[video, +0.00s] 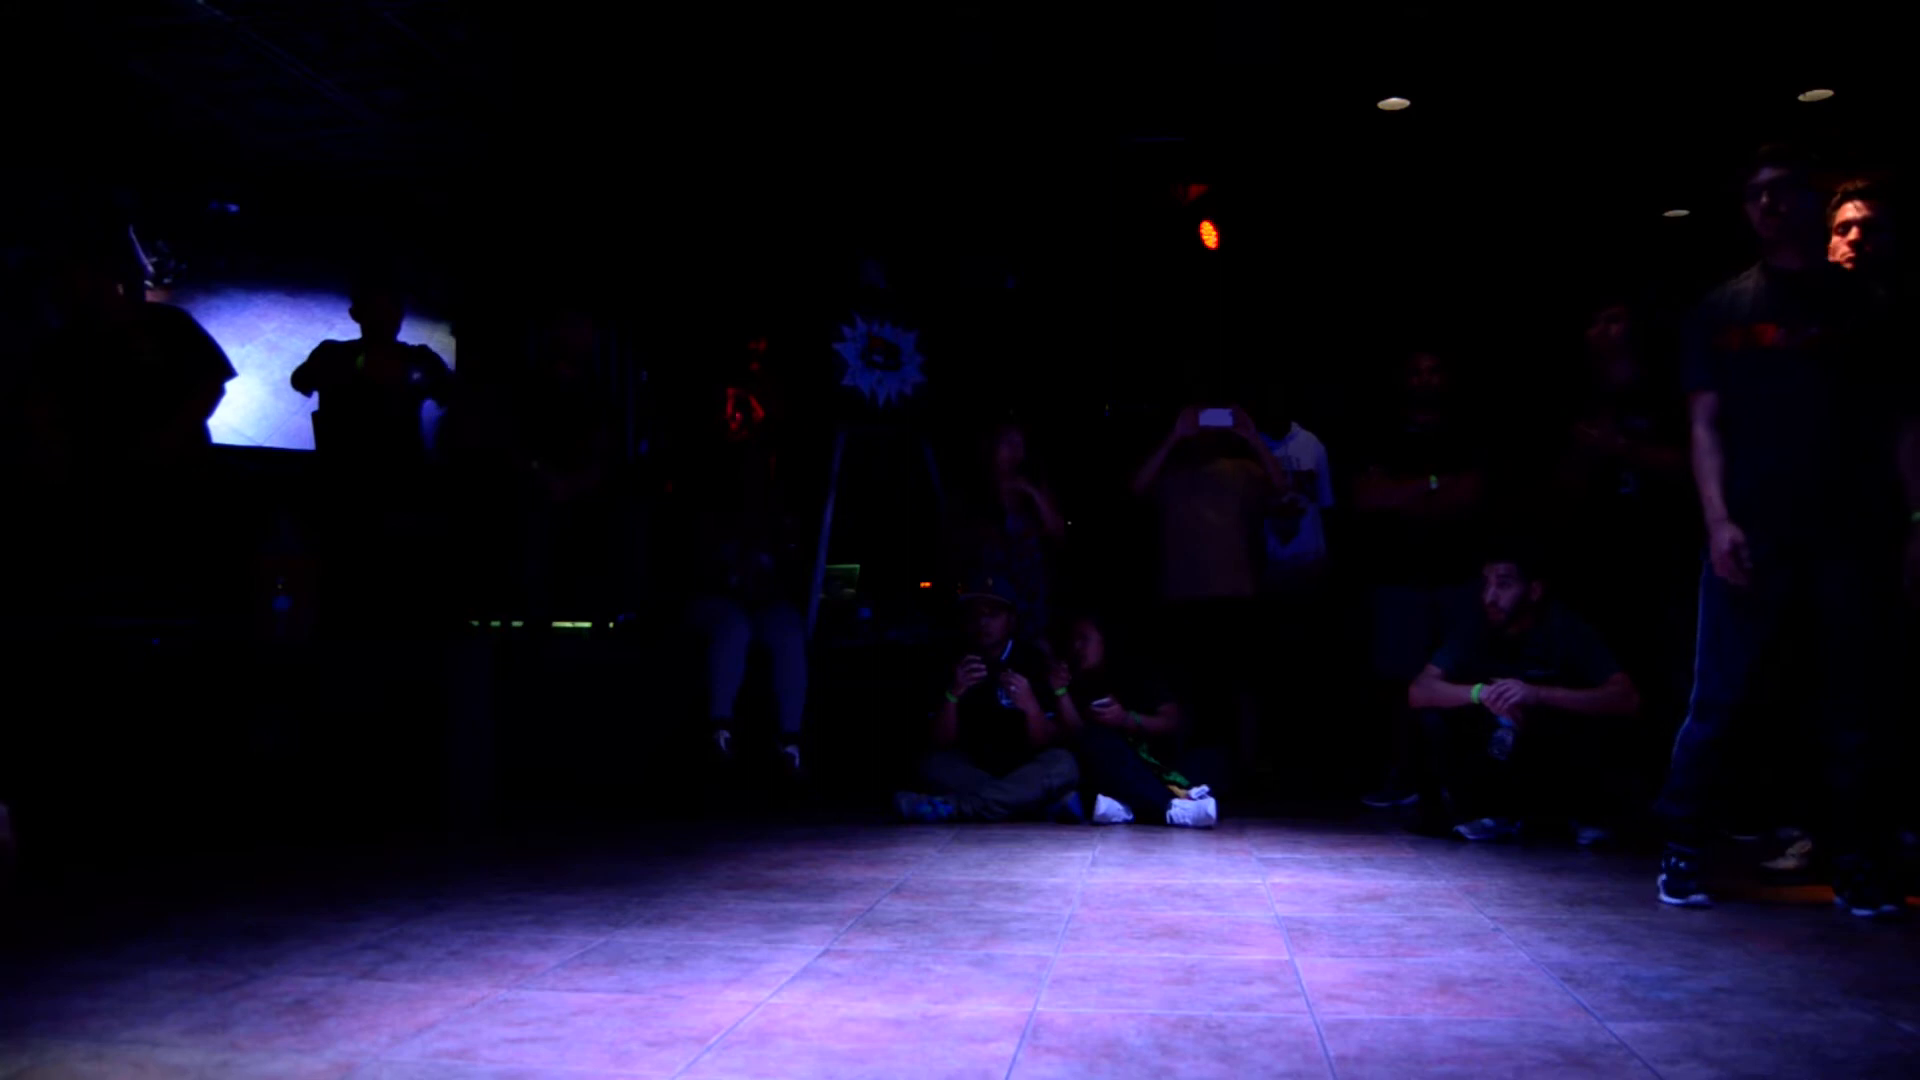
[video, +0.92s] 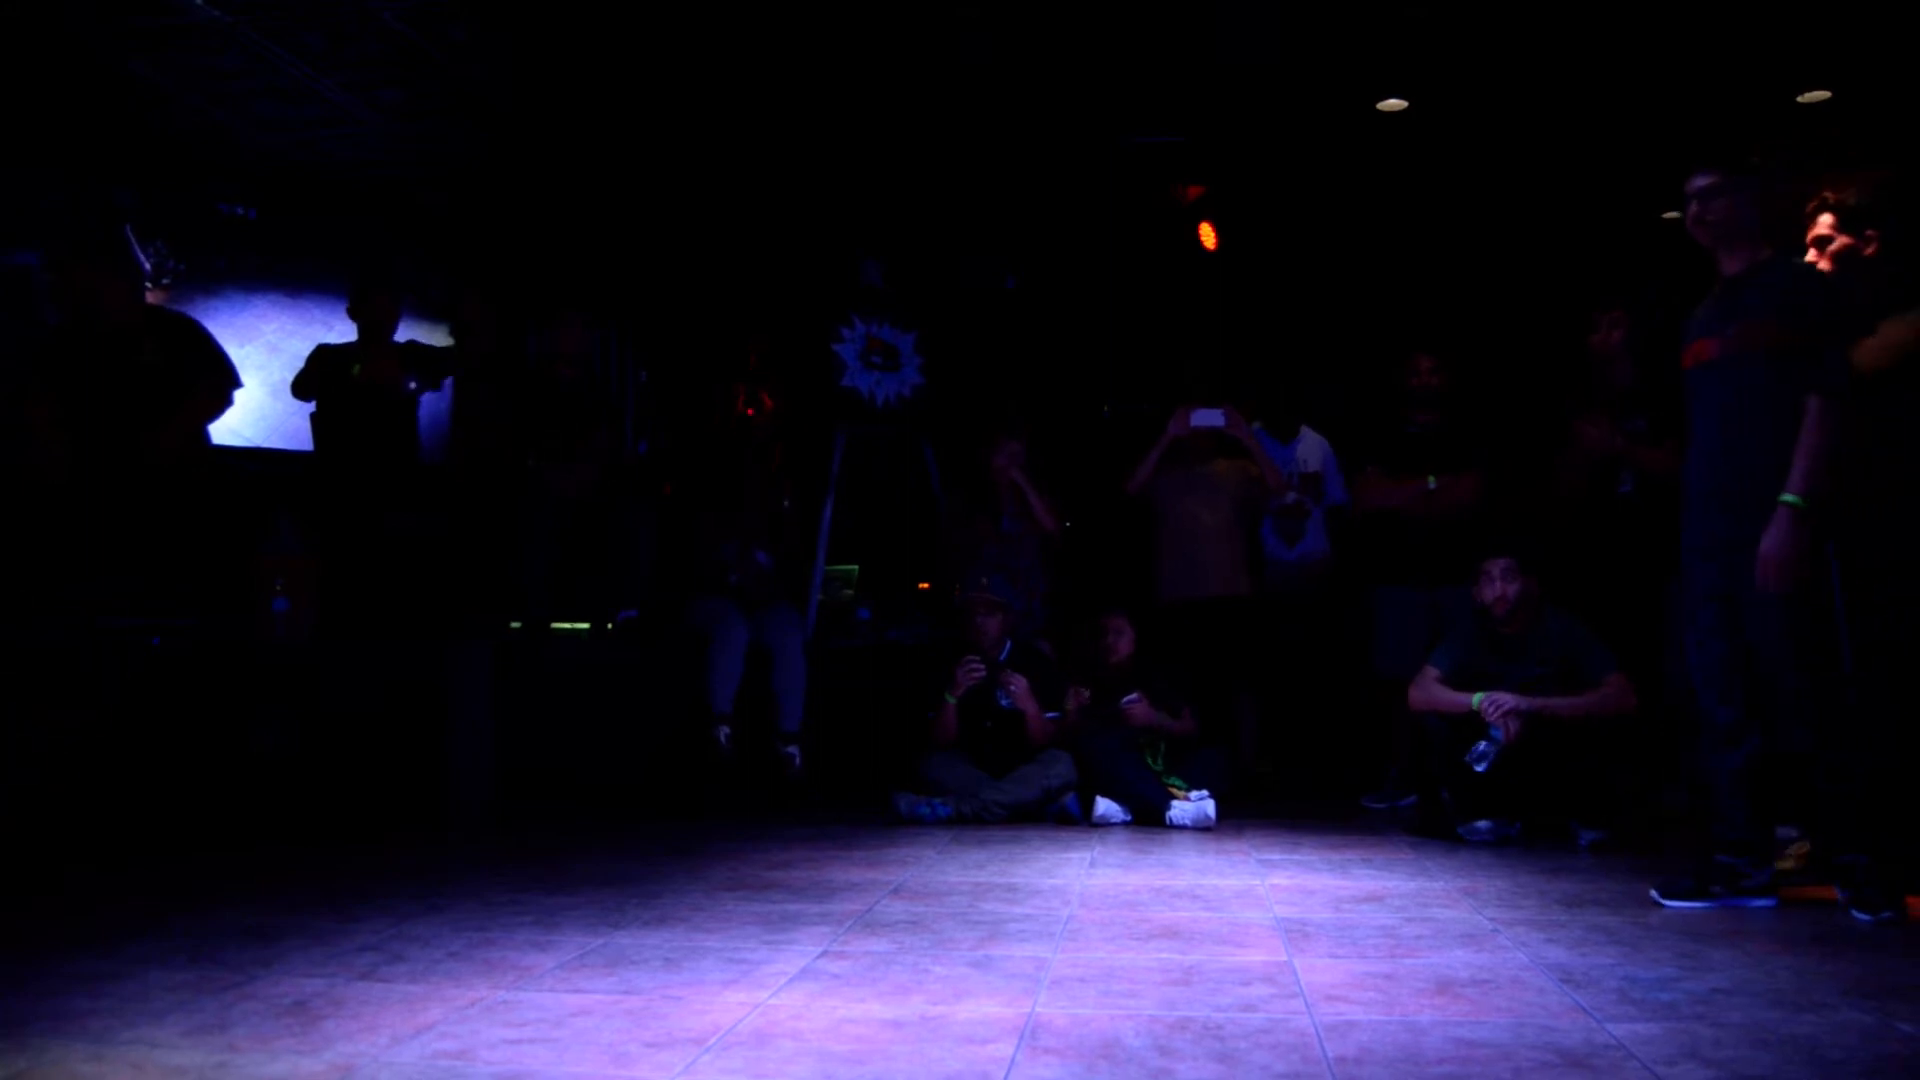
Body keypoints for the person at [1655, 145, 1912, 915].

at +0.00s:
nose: (1778, 208)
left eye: (1792, 194)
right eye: (1765, 196)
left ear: (1821, 205)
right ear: (1749, 211)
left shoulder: (1864, 300)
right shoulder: (1726, 308)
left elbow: (1899, 422)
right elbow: (1705, 423)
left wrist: (1909, 525)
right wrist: (1718, 521)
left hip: (1853, 528)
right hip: (1756, 530)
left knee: (1858, 701)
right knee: (1720, 699)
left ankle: (1862, 868)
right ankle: (1685, 855)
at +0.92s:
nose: (1702, 214)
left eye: (1716, 197)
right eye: (1694, 202)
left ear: (1756, 202)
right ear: (1688, 219)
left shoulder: (1804, 292)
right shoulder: (1707, 308)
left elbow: (1823, 405)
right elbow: (1708, 429)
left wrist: (1791, 509)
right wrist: (1704, 518)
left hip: (1779, 523)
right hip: (1716, 525)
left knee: (1802, 687)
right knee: (1727, 690)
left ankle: (1854, 866)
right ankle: (1738, 857)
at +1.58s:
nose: (1658, 225)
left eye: (1672, 209)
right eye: (1650, 214)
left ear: (1707, 216)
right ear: (1647, 229)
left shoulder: (1750, 300)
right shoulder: (1665, 319)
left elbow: (1771, 421)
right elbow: (1653, 442)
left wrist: (1749, 524)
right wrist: (1619, 543)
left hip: (1727, 529)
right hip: (1679, 531)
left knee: (1710, 690)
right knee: (1694, 689)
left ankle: (1752, 870)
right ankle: (1733, 863)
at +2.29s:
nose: (1619, 225)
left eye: (1634, 211)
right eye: (1615, 213)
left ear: (1676, 217)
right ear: (1622, 227)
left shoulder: (1693, 300)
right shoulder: (1671, 301)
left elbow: (1693, 425)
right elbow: (1678, 426)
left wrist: (1664, 534)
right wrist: (1636, 533)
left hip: (1677, 530)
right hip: (1673, 527)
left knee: (1662, 694)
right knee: (1724, 686)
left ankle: (1652, 859)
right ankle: (1820, 847)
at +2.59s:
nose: (1572, 225)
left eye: (1587, 212)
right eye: (1570, 213)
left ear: (1630, 218)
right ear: (1607, 226)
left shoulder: (1639, 299)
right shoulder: (1639, 296)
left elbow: (1618, 428)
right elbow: (1622, 430)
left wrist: (1558, 524)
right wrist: (1586, 545)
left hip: (1633, 525)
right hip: (1637, 521)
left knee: (1627, 686)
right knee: (1641, 680)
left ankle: (1641, 857)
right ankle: (1711, 824)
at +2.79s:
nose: (1554, 229)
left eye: (1569, 216)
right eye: (1553, 217)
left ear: (1611, 221)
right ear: (1583, 228)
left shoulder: (1623, 301)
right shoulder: (1608, 298)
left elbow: (1597, 424)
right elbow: (1596, 423)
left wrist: (1541, 521)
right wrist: (1551, 518)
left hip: (1619, 526)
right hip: (1598, 524)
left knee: (1614, 685)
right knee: (1577, 678)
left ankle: (1640, 854)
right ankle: (1592, 831)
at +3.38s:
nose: (1500, 237)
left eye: (1516, 226)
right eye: (1499, 227)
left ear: (1553, 238)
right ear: (1505, 241)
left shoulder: (1578, 315)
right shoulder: (1520, 328)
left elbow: (1591, 429)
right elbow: (1500, 456)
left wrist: (1574, 528)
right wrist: (1465, 549)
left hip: (1552, 540)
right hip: (1504, 544)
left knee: (1583, 694)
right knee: (1519, 695)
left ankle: (1639, 850)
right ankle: (1521, 838)